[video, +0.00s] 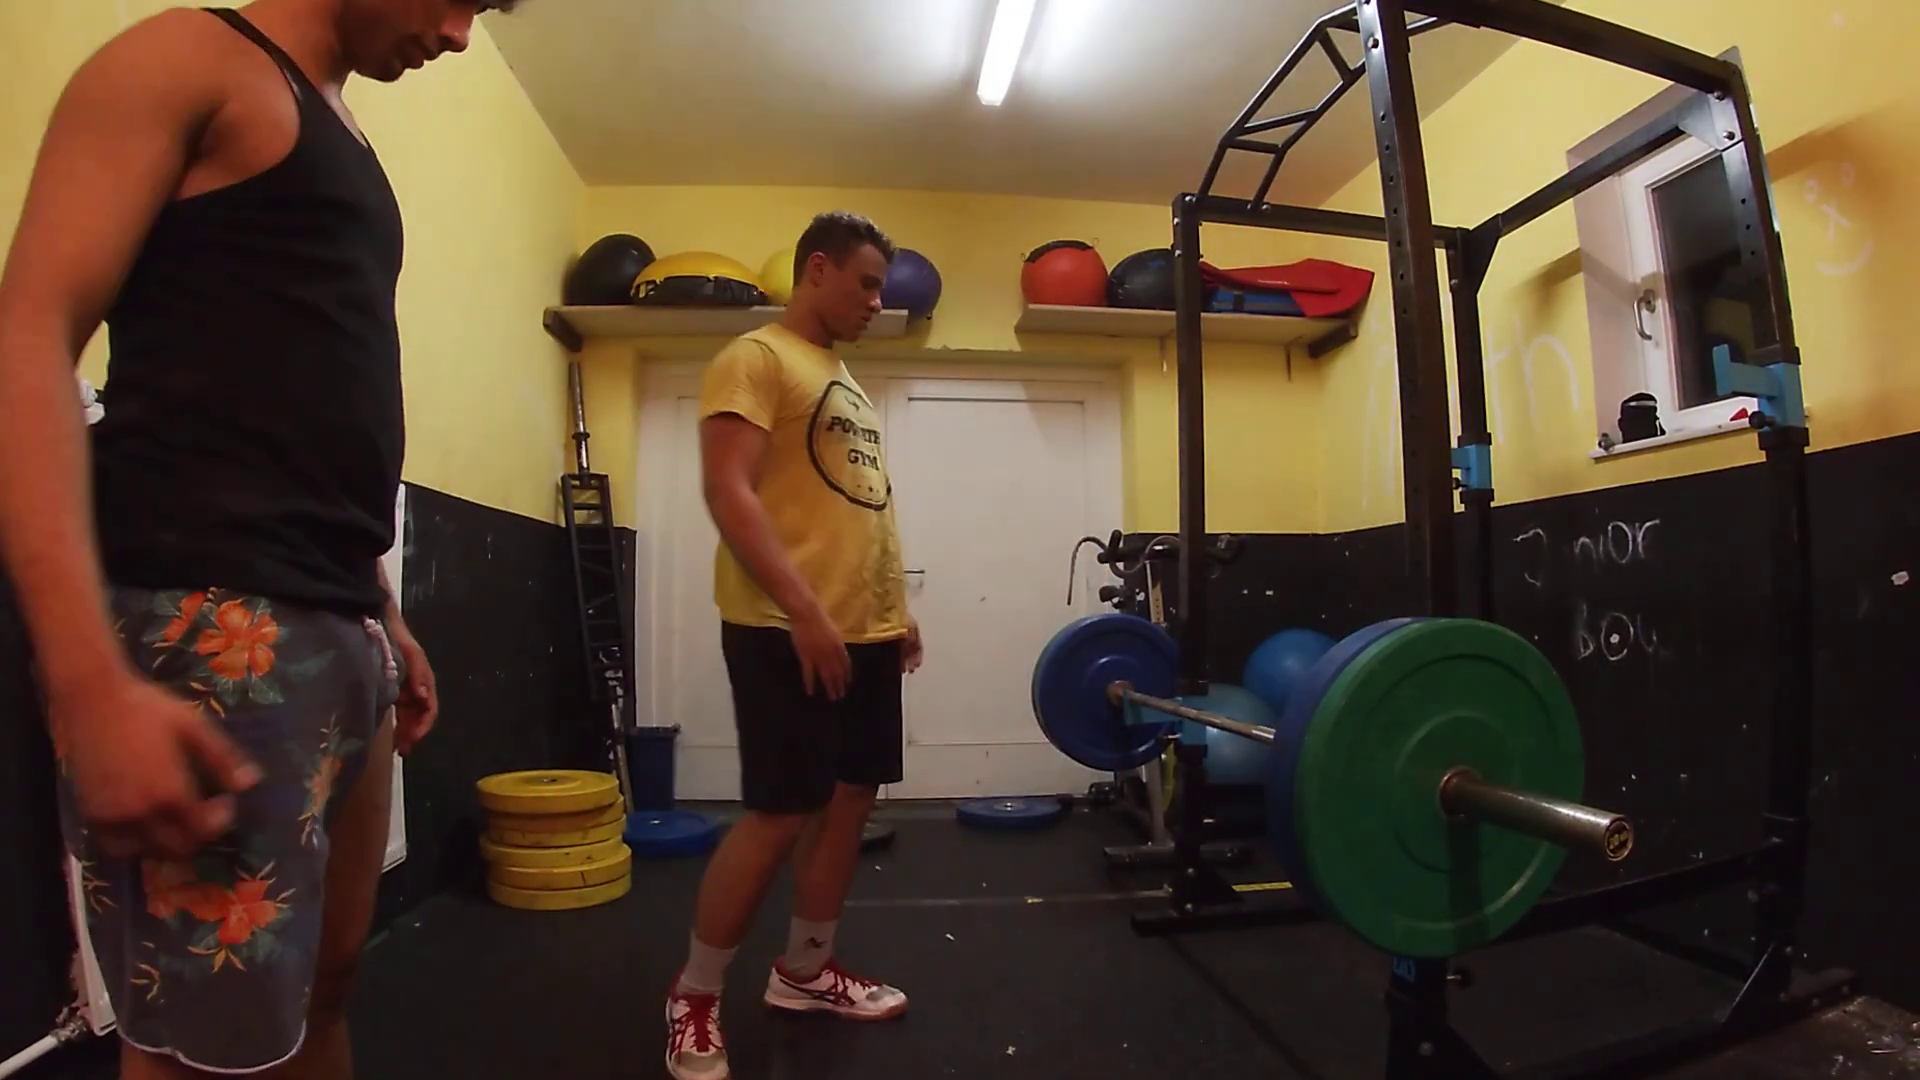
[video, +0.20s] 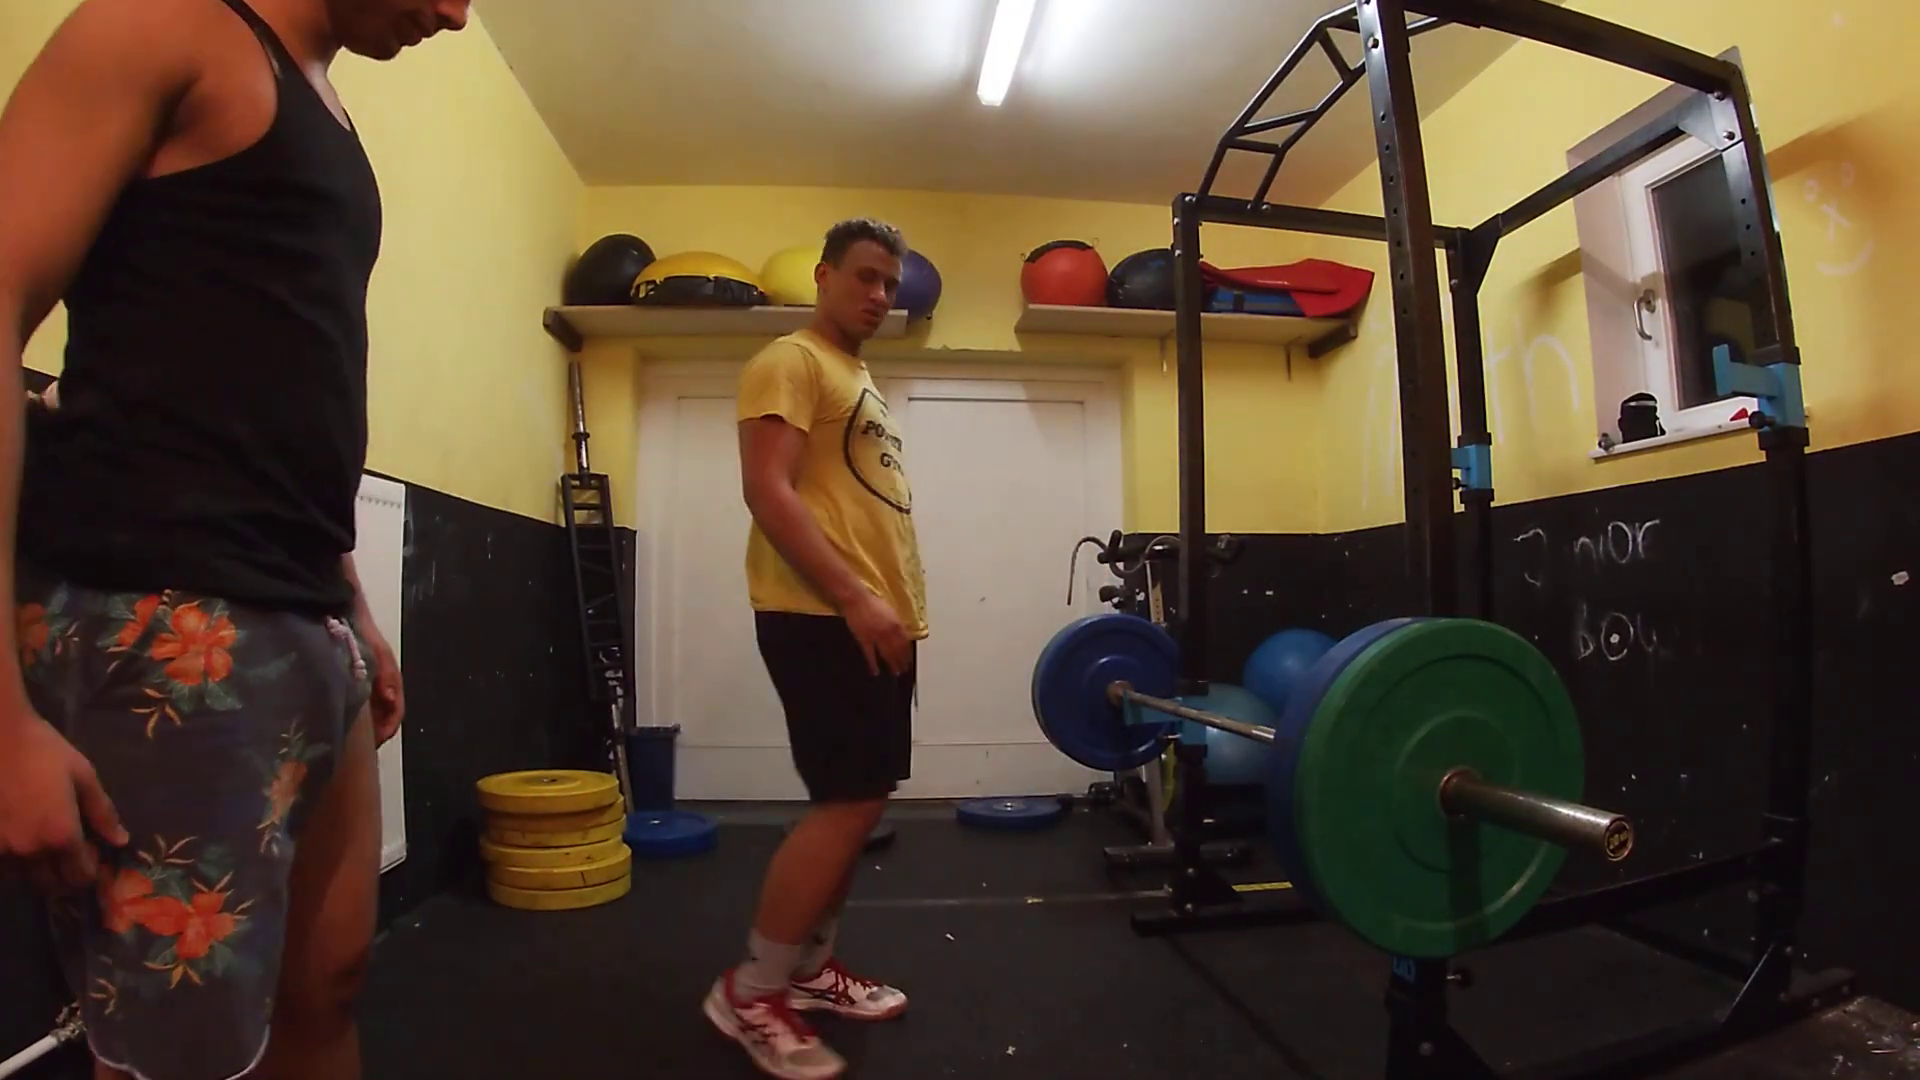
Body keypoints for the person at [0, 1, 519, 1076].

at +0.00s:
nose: (461, 33)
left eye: (476, 14)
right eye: (463, 1)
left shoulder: (338, 133)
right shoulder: (180, 57)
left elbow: (302, 405)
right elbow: (27, 331)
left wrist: (373, 610)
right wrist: (88, 687)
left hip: (336, 641)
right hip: (211, 636)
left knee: (317, 1014)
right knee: (191, 1051)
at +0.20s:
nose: (456, 12)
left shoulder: (320, 101)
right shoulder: (157, 27)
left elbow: (283, 388)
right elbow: (2, 325)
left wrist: (351, 602)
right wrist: (6, 711)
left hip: (308, 635)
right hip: (164, 639)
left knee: (322, 1012)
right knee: (170, 1050)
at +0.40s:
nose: (415, 1)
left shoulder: (287, 88)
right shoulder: (133, 17)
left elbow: (238, 383)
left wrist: (315, 595)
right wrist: (31, 696)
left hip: (282, 628)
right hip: (139, 639)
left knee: (321, 1000)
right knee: (160, 1056)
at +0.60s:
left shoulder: (266, 86)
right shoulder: (123, 15)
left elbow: (221, 387)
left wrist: (299, 626)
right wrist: (89, 610)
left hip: (275, 627)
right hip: (141, 644)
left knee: (310, 1002)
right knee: (166, 1052)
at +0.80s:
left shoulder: (273, 109)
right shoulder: (113, 21)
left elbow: (239, 395)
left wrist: (303, 624)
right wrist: (35, 615)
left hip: (258, 626)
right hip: (131, 625)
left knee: (239, 1016)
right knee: (148, 1049)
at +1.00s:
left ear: (359, 16)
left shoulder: (277, 137)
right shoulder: (98, 21)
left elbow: (242, 403)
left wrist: (302, 629)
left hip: (222, 615)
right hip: (79, 607)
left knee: (172, 1011)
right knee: (148, 1042)